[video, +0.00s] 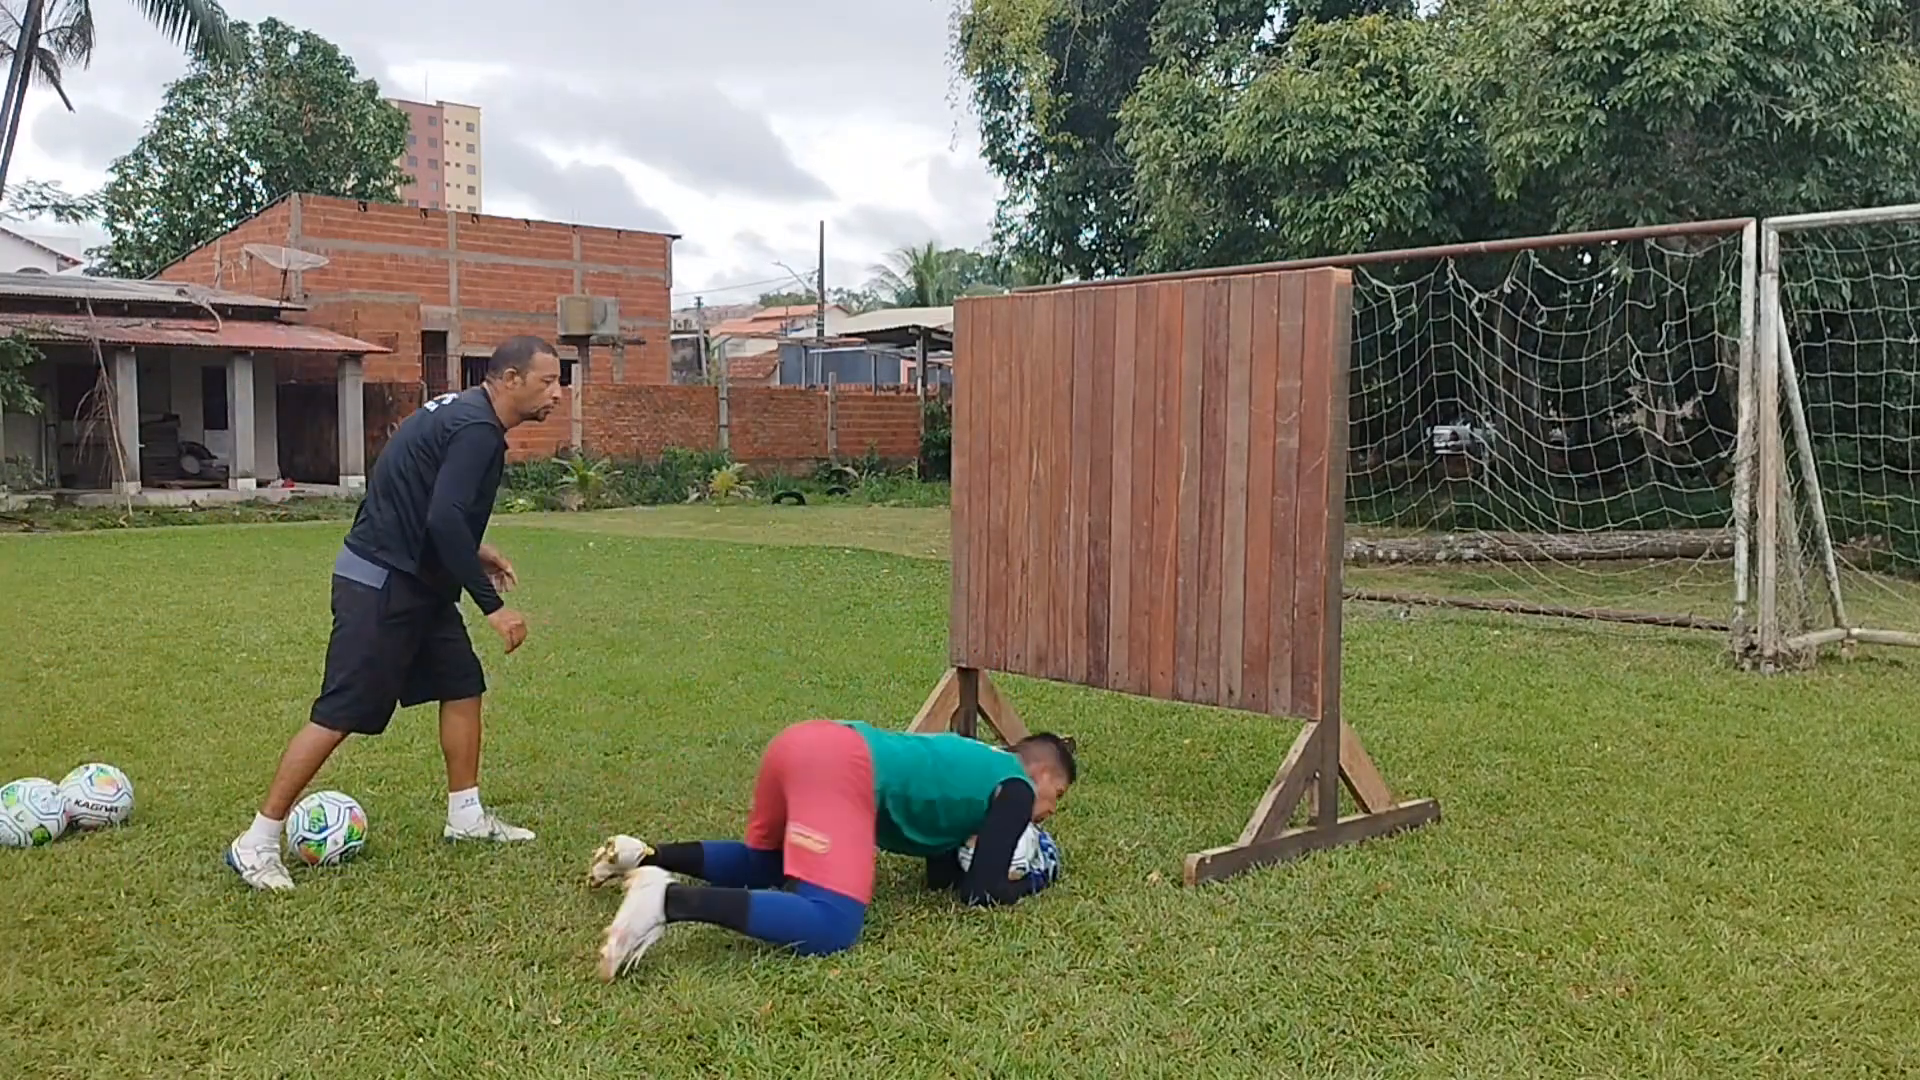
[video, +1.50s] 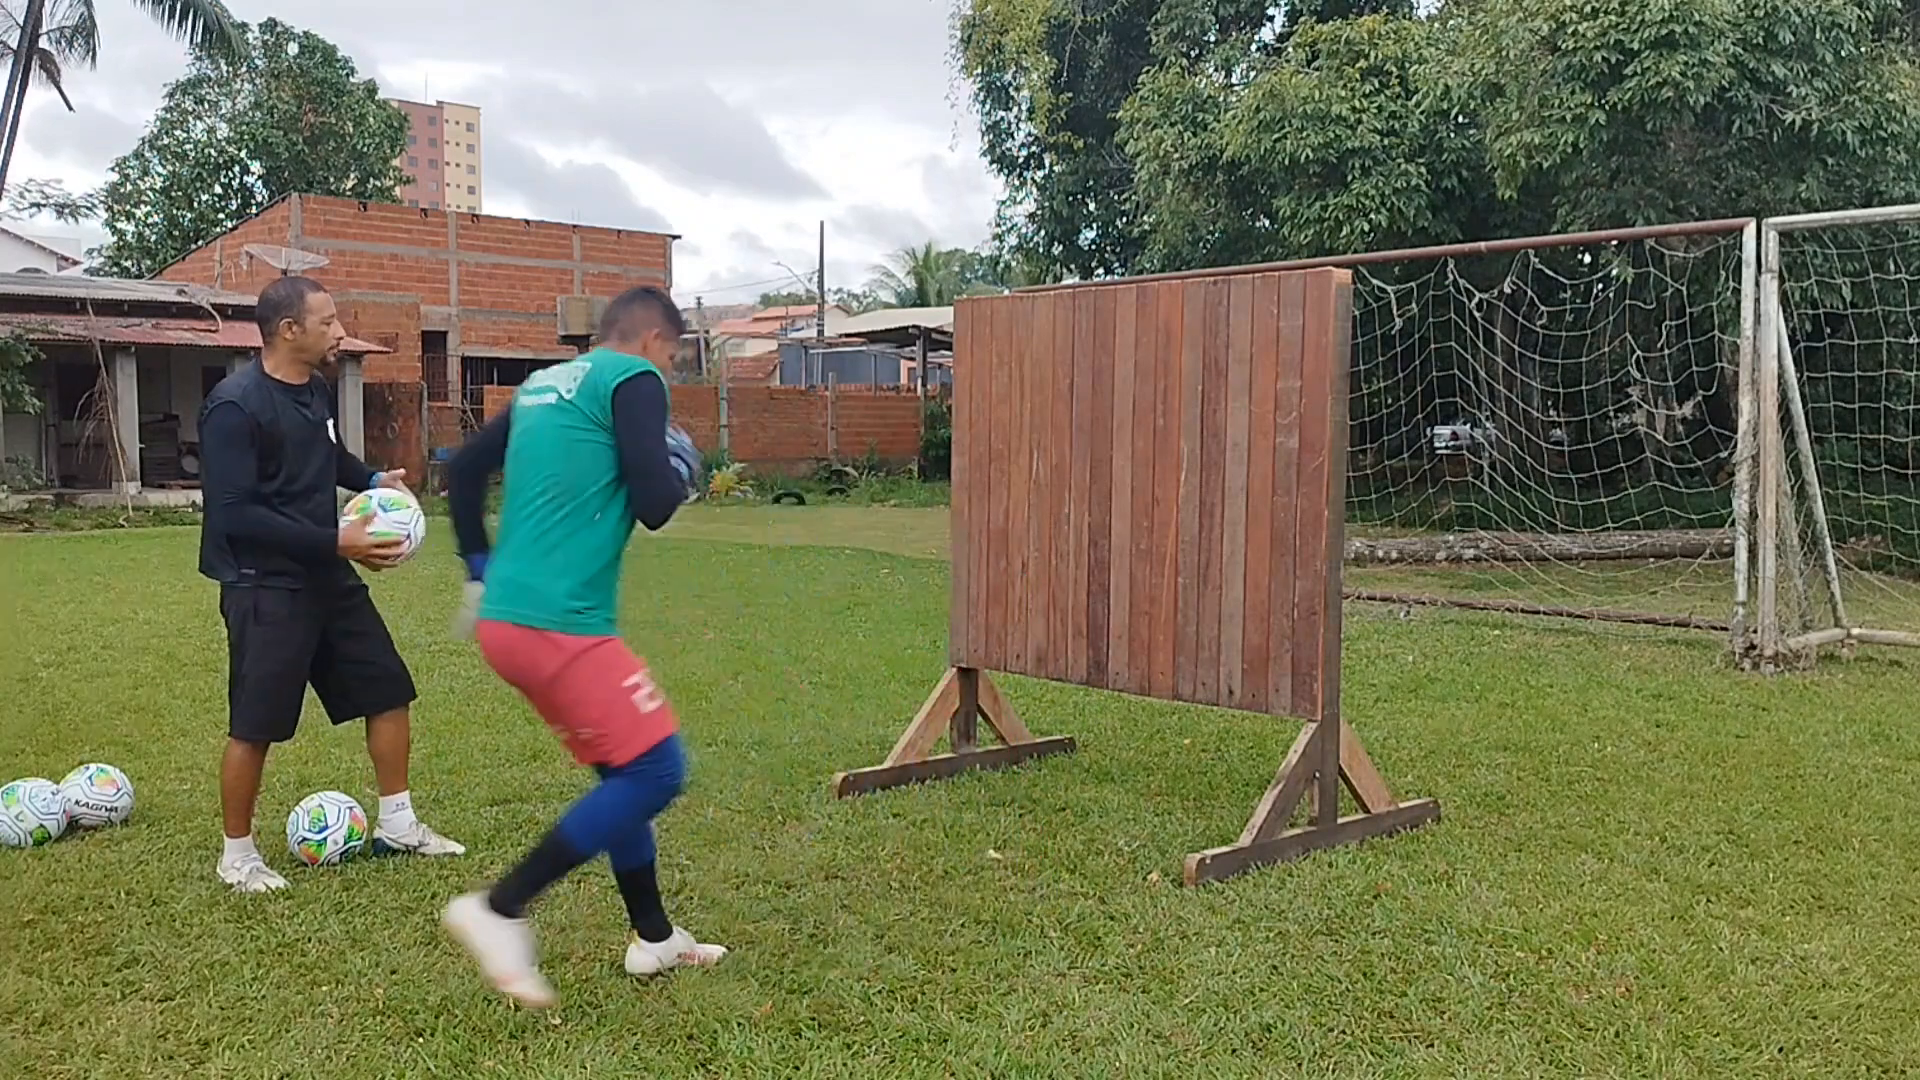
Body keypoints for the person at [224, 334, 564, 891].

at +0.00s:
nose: (557, 394)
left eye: (558, 384)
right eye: (548, 383)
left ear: (506, 382)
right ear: (508, 380)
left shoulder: (463, 414)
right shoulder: (478, 432)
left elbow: (424, 506)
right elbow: (447, 522)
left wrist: (475, 550)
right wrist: (494, 606)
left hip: (421, 584)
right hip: (379, 582)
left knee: (462, 688)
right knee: (339, 712)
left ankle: (466, 818)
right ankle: (257, 841)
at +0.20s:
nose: (498, 364)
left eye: (497, 354)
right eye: (488, 353)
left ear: (455, 359)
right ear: (451, 358)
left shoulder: (437, 416)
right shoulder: (409, 417)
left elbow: (404, 504)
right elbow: (373, 511)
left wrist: (452, 547)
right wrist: (422, 591)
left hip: (403, 590)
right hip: (354, 590)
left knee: (455, 692)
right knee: (322, 719)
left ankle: (465, 819)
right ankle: (249, 851)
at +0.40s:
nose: (428, 348)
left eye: (427, 336)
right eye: (418, 337)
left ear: (382, 346)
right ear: (376, 344)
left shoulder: (372, 407)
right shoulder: (331, 410)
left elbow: (341, 502)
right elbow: (298, 513)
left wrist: (393, 532)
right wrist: (368, 581)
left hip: (358, 587)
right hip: (309, 590)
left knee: (415, 695)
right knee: (283, 723)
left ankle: (462, 816)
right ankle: (241, 857)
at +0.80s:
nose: (348, 326)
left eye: (346, 314)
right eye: (336, 315)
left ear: (303, 328)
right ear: (295, 327)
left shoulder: (310, 396)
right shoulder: (255, 401)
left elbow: (328, 478)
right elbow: (268, 504)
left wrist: (402, 470)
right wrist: (374, 504)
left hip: (329, 584)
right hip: (274, 588)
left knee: (378, 697)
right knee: (265, 723)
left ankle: (392, 829)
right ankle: (239, 857)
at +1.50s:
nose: (340, 332)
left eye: (338, 319)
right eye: (328, 322)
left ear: (296, 331)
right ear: (288, 331)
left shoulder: (313, 391)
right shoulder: (234, 406)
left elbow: (324, 460)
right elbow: (232, 515)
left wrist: (374, 482)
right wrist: (333, 542)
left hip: (330, 580)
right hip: (265, 587)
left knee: (389, 692)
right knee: (254, 723)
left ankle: (397, 824)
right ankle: (238, 855)